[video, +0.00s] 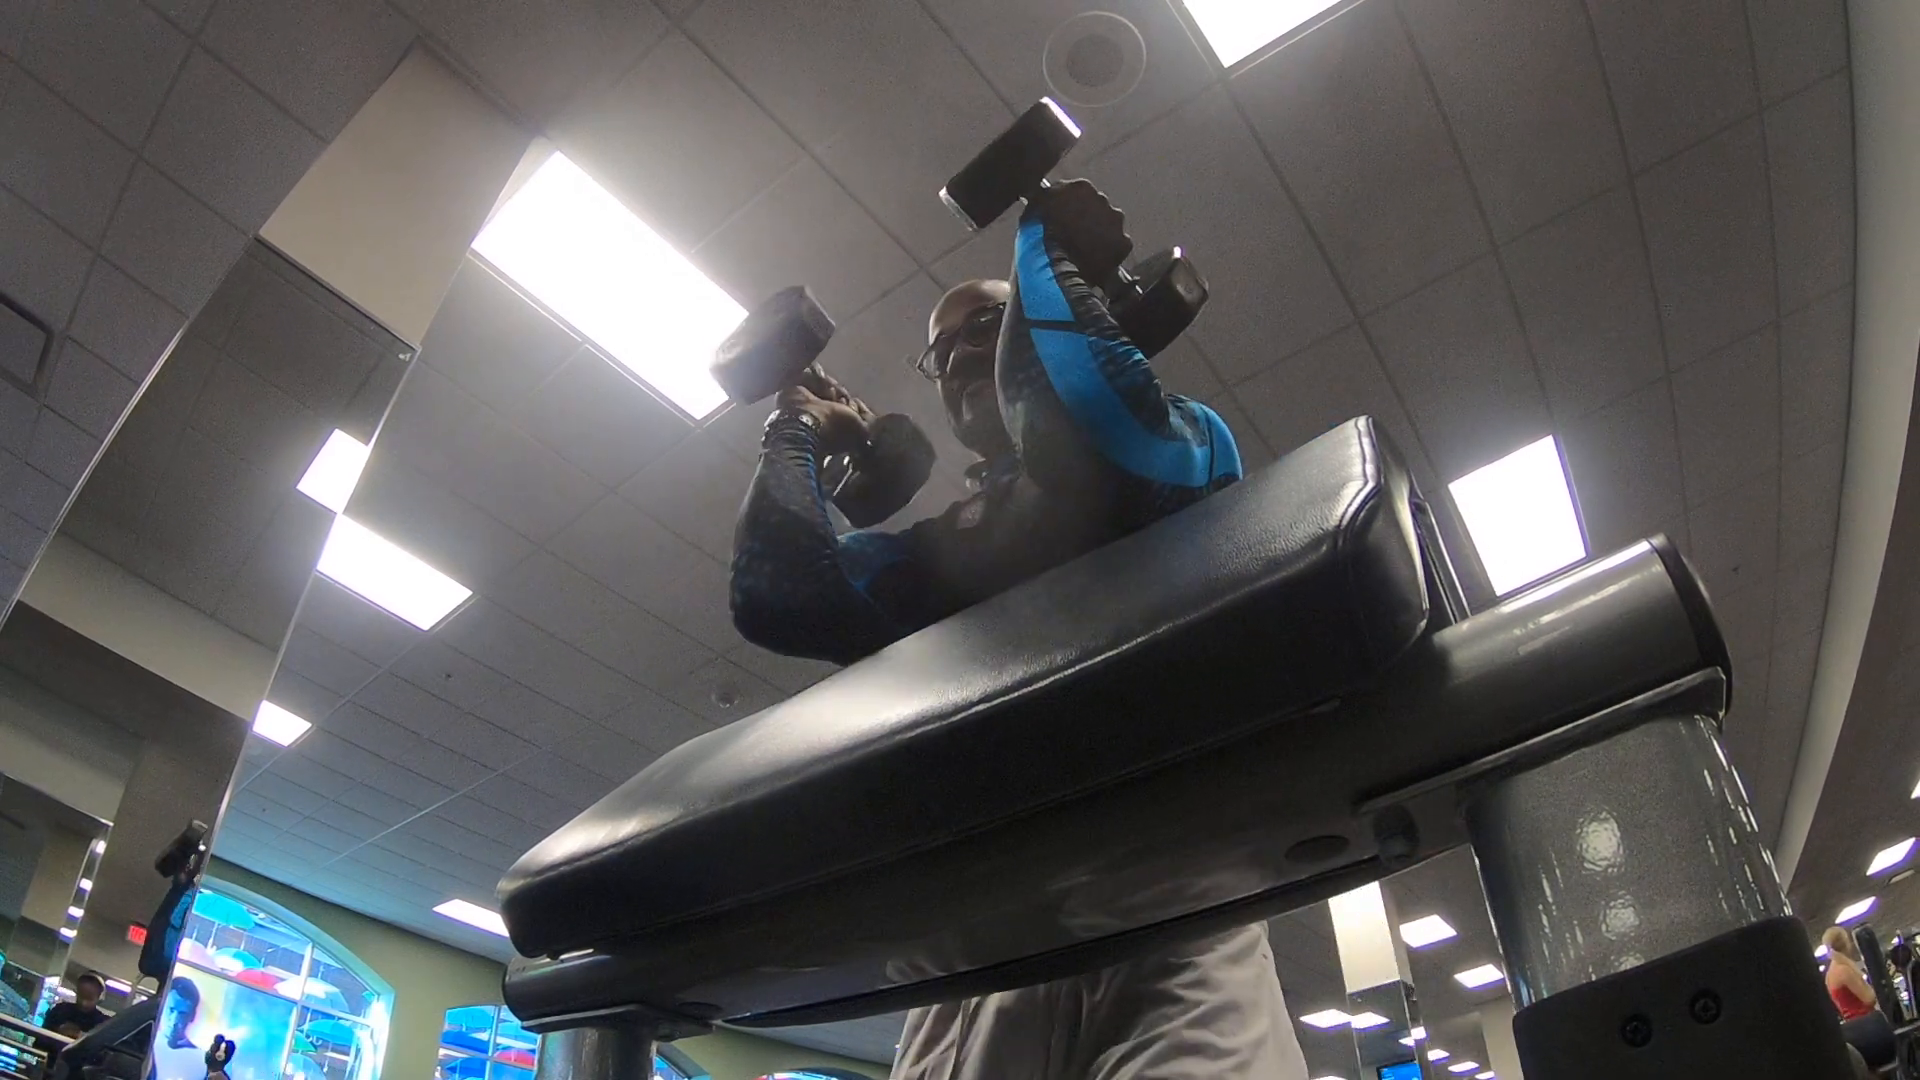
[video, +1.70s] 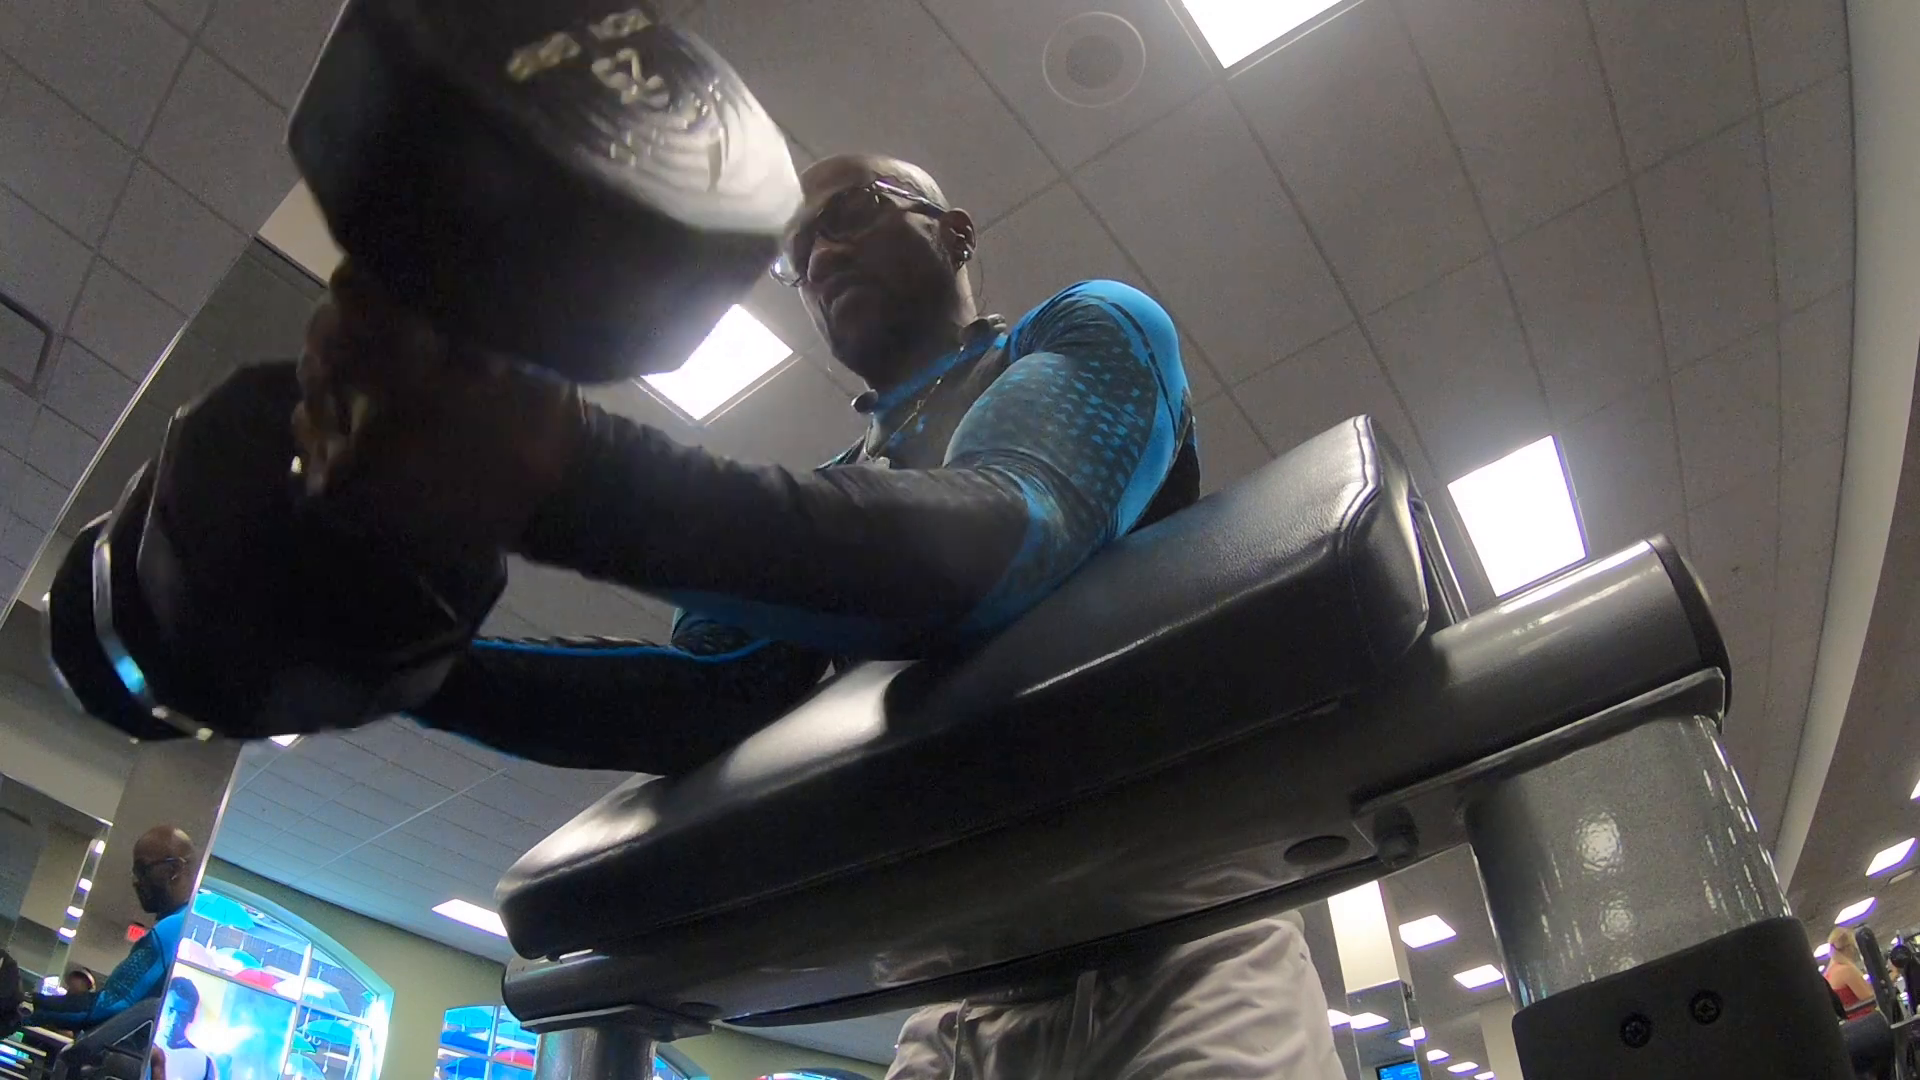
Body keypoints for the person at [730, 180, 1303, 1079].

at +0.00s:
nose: (965, 352)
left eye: (988, 326)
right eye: (943, 347)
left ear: (1047, 343)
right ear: (935, 386)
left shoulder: (1170, 474)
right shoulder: (935, 553)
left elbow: (1085, 417)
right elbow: (774, 598)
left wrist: (1049, 244)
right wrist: (795, 426)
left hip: (1186, 927)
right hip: (978, 958)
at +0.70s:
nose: (965, 333)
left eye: (997, 298)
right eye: (940, 318)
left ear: (1053, 331)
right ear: (905, 384)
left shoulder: (1190, 427)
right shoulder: (920, 574)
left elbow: (1040, 519)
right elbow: (748, 677)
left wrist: (913, 196)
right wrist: (666, 391)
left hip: (1258, 983)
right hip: (1051, 1026)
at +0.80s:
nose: (918, 299)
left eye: (952, 267)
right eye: (894, 291)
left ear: (1031, 306)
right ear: (871, 354)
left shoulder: (1165, 408)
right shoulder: (886, 562)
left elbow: (1015, 536)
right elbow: (738, 683)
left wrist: (869, 188)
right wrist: (615, 378)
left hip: (1237, 969)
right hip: (1028, 1020)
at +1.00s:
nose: (852, 275)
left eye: (888, 239)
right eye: (823, 265)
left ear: (978, 270)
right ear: (807, 322)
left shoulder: (1120, 369)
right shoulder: (838, 538)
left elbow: (1016, 538)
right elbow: (719, 692)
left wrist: (744, 191)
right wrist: (509, 428)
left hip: (1199, 960)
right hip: (964, 1021)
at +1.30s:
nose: (818, 267)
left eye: (850, 226)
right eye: (799, 263)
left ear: (955, 241)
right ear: (802, 314)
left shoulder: (1099, 341)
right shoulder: (823, 505)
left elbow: (1034, 541)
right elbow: (715, 682)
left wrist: (640, 259)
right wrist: (407, 484)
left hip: (1211, 940)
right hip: (971, 1001)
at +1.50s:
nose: (815, 261)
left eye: (849, 224)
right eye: (799, 258)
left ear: (956, 237)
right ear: (812, 310)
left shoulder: (1101, 329)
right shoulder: (822, 495)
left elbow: (1019, 541)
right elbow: (701, 696)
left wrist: (589, 328)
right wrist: (374, 560)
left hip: (1206, 939)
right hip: (974, 998)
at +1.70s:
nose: (816, 261)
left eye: (848, 223)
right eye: (799, 258)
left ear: (955, 230)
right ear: (808, 315)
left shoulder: (1097, 328)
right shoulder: (826, 508)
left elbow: (985, 557)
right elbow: (699, 697)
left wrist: (554, 457)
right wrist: (399, 664)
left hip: (1194, 948)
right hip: (960, 1004)